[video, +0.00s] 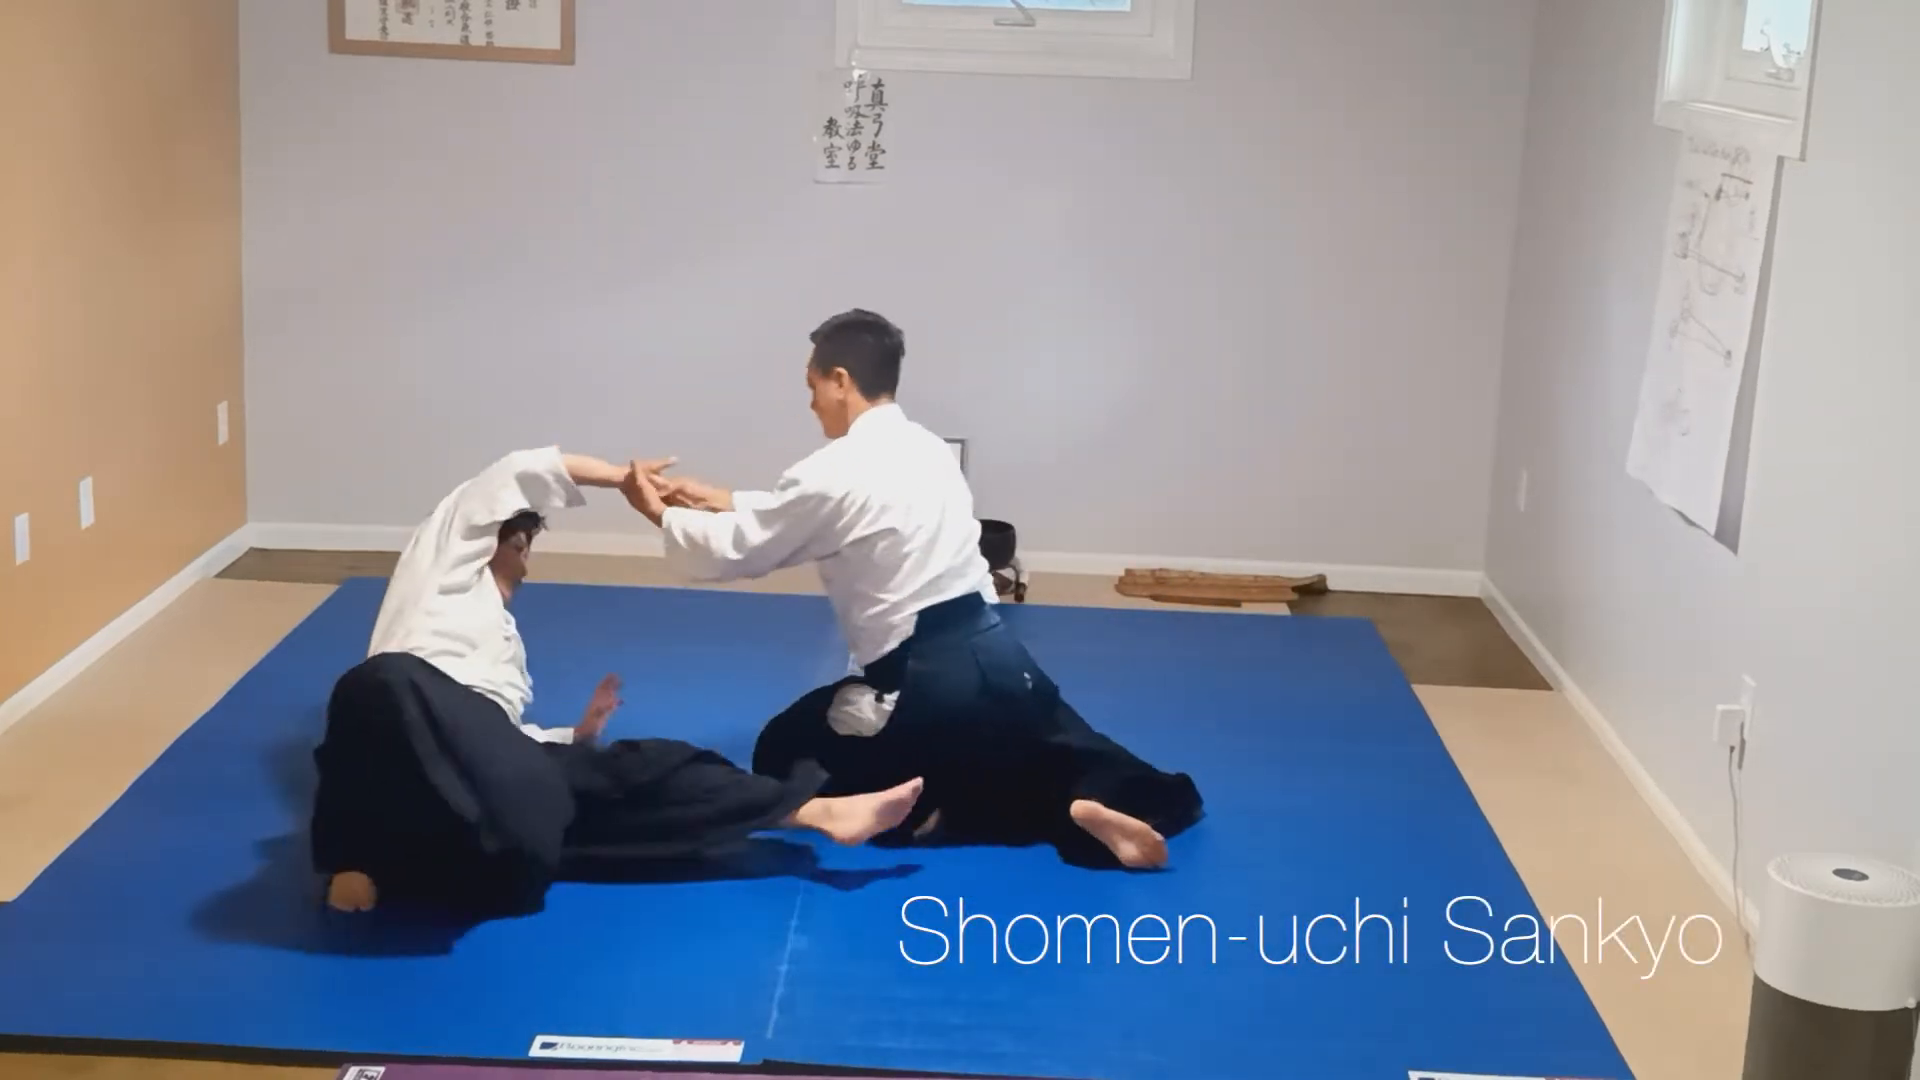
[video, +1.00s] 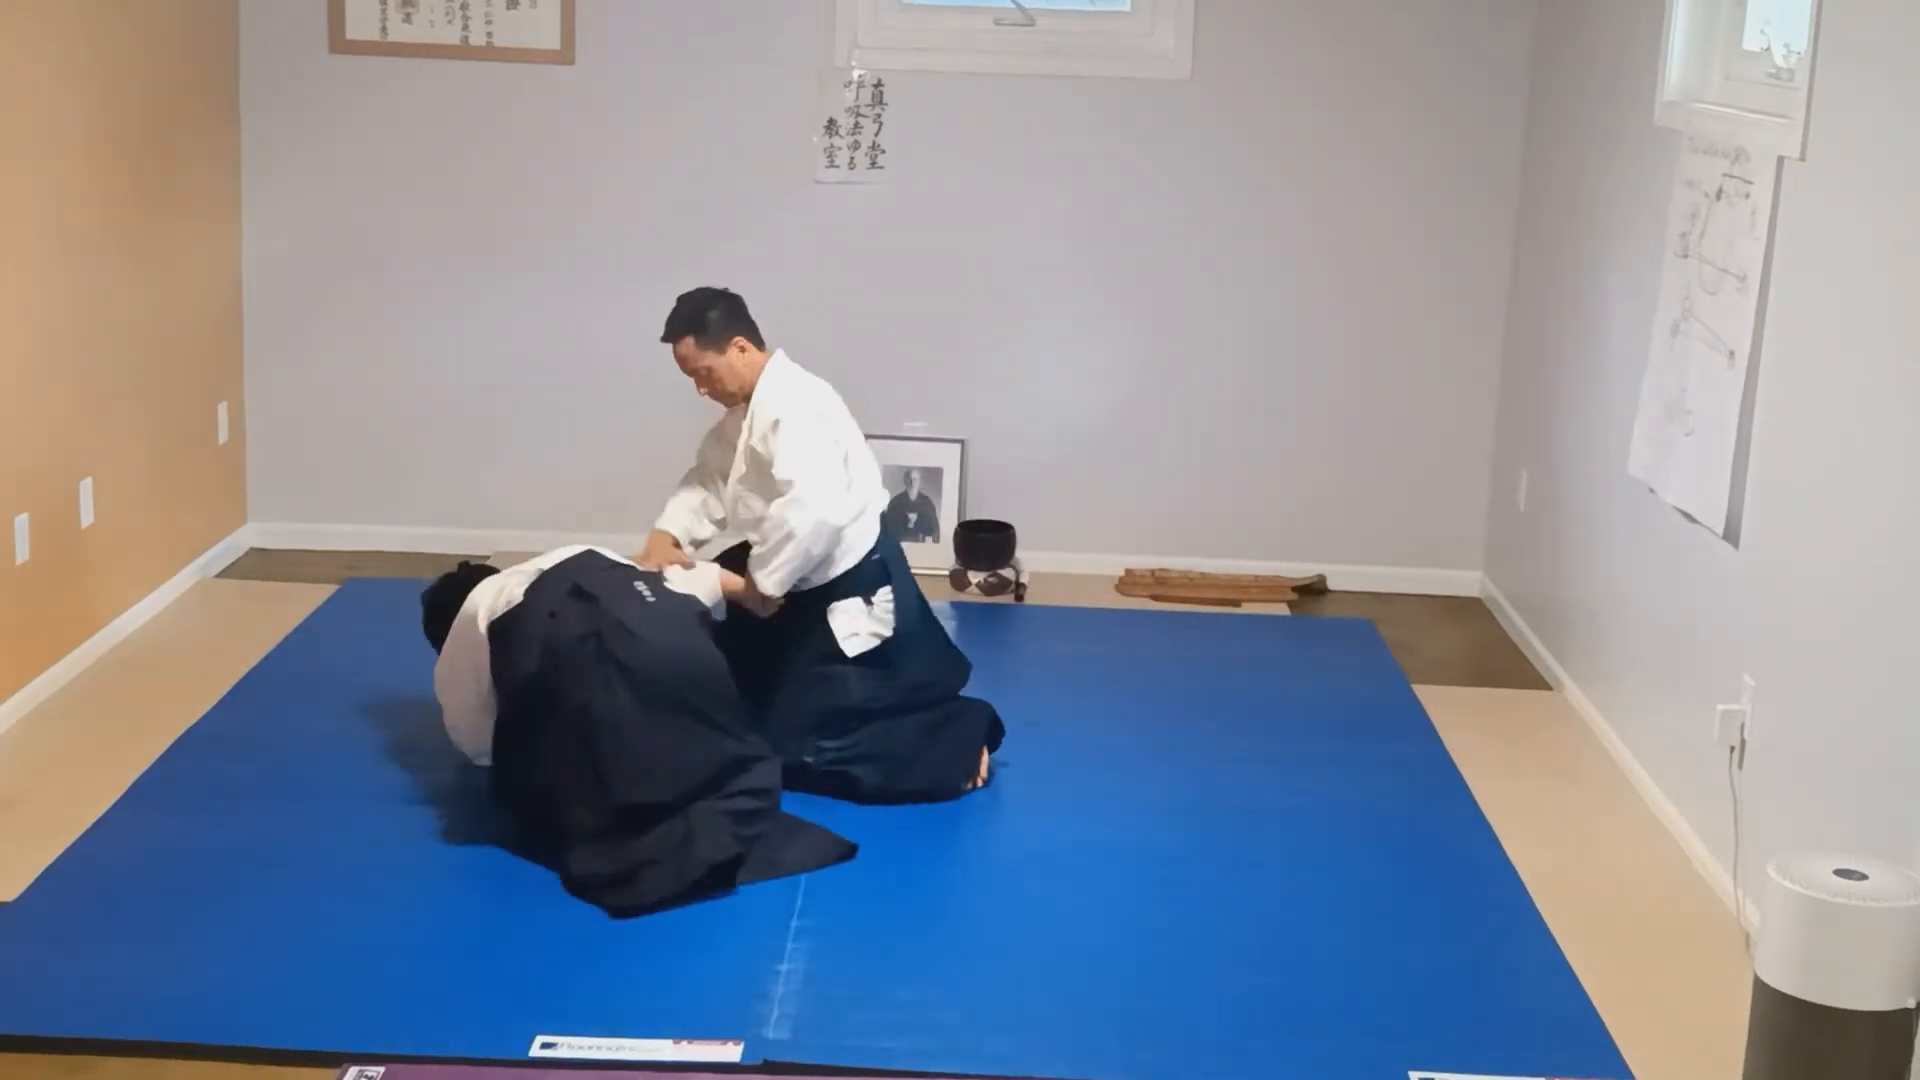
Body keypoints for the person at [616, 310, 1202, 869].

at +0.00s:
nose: (815, 405)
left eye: (814, 389)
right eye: (814, 388)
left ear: (837, 384)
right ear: (886, 384)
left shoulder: (833, 475)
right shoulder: (935, 452)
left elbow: (732, 547)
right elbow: (821, 512)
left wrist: (657, 512)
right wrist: (722, 499)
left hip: (917, 689)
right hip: (1009, 679)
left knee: (781, 753)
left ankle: (883, 796)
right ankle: (1082, 809)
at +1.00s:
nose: (699, 388)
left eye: (702, 372)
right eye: (691, 377)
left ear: (740, 347)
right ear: (740, 347)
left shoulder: (794, 404)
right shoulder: (744, 412)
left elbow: (811, 515)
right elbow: (708, 482)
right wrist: (666, 538)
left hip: (851, 602)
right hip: (799, 597)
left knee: (789, 737)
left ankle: (948, 746)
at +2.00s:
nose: (708, 375)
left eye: (718, 361)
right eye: (694, 364)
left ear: (730, 339)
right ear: (662, 343)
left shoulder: (758, 367)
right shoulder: (626, 412)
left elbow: (797, 443)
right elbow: (638, 525)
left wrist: (798, 525)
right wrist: (694, 611)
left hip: (717, 552)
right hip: (635, 563)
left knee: (751, 644)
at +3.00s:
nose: (700, 375)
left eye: (710, 361)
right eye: (686, 364)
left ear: (723, 339)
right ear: (657, 345)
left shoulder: (749, 374)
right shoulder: (623, 416)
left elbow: (792, 451)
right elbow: (634, 528)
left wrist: (796, 541)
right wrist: (691, 616)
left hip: (714, 565)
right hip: (630, 573)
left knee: (760, 672)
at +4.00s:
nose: (661, 427)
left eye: (676, 414)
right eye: (649, 412)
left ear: (700, 399)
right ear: (634, 388)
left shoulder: (733, 413)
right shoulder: (605, 455)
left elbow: (795, 471)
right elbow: (652, 554)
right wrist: (730, 506)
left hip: (709, 585)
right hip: (616, 588)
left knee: (778, 677)